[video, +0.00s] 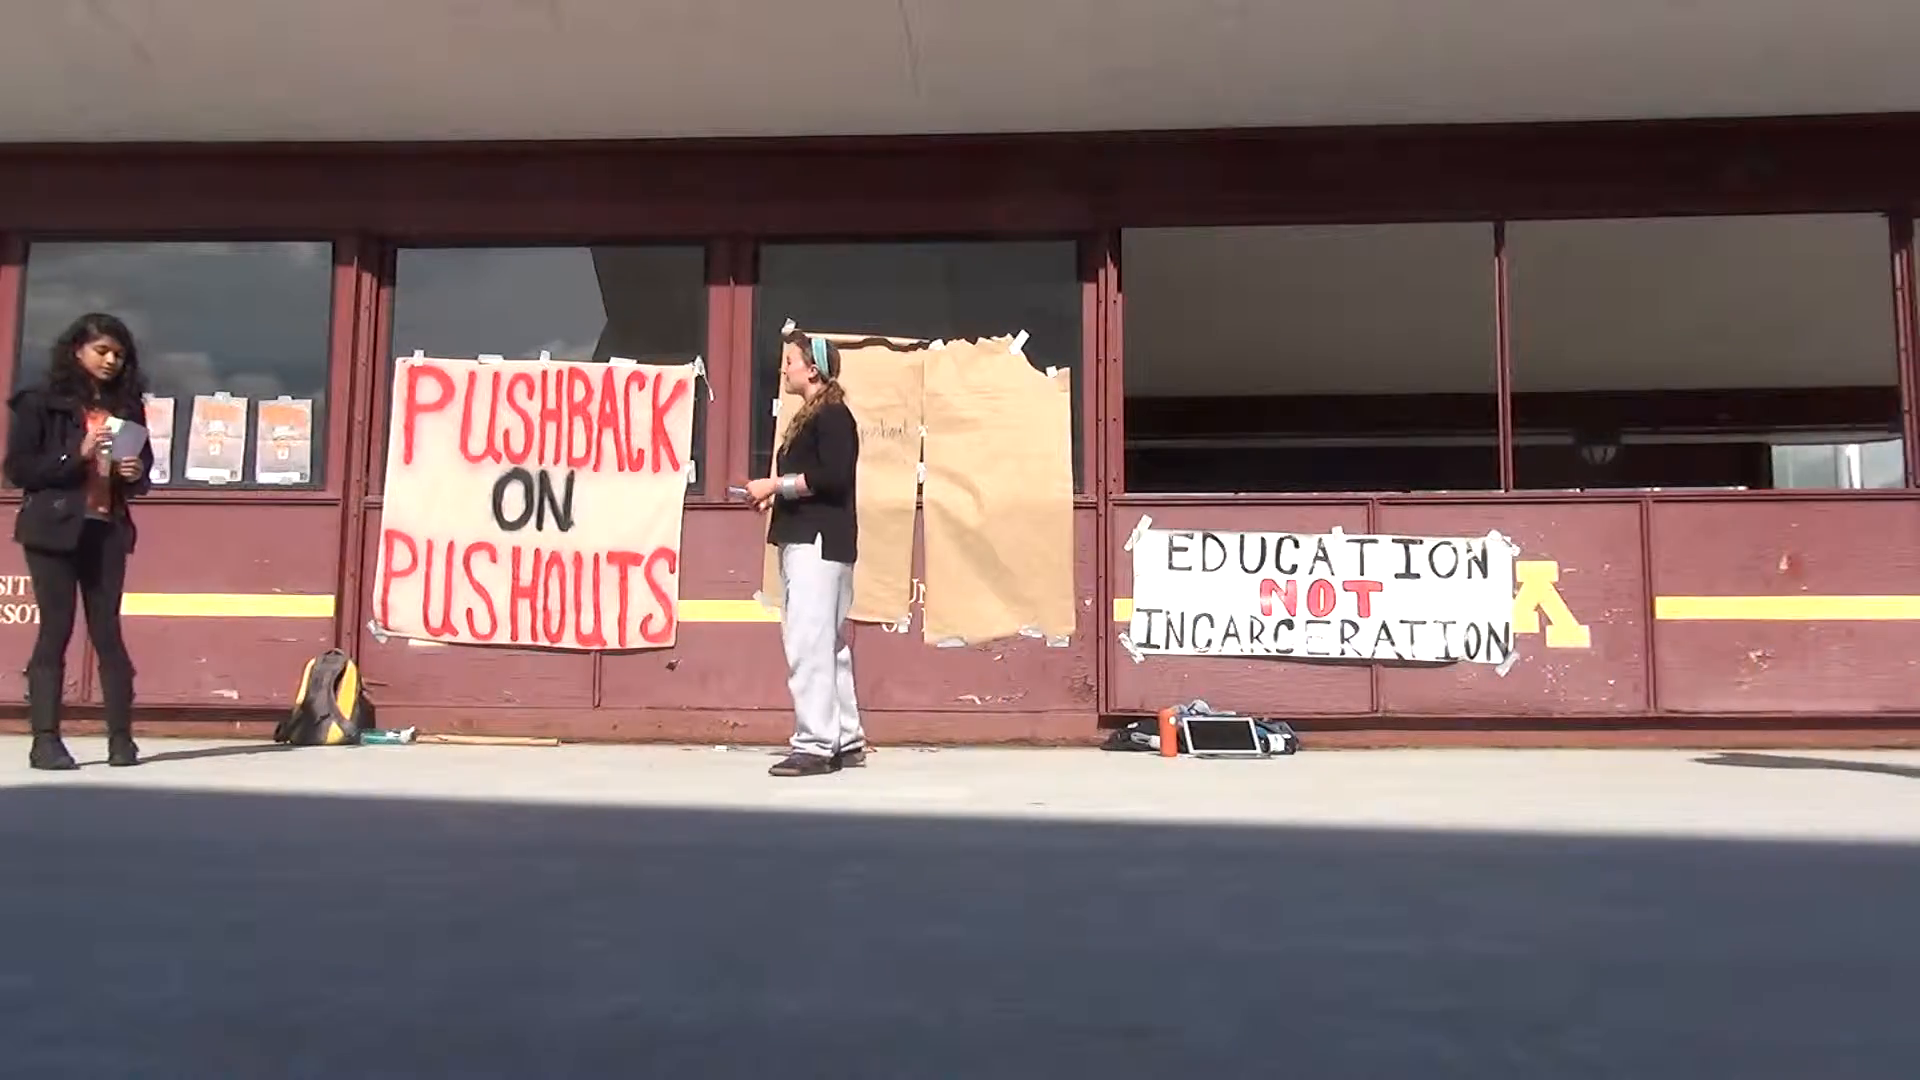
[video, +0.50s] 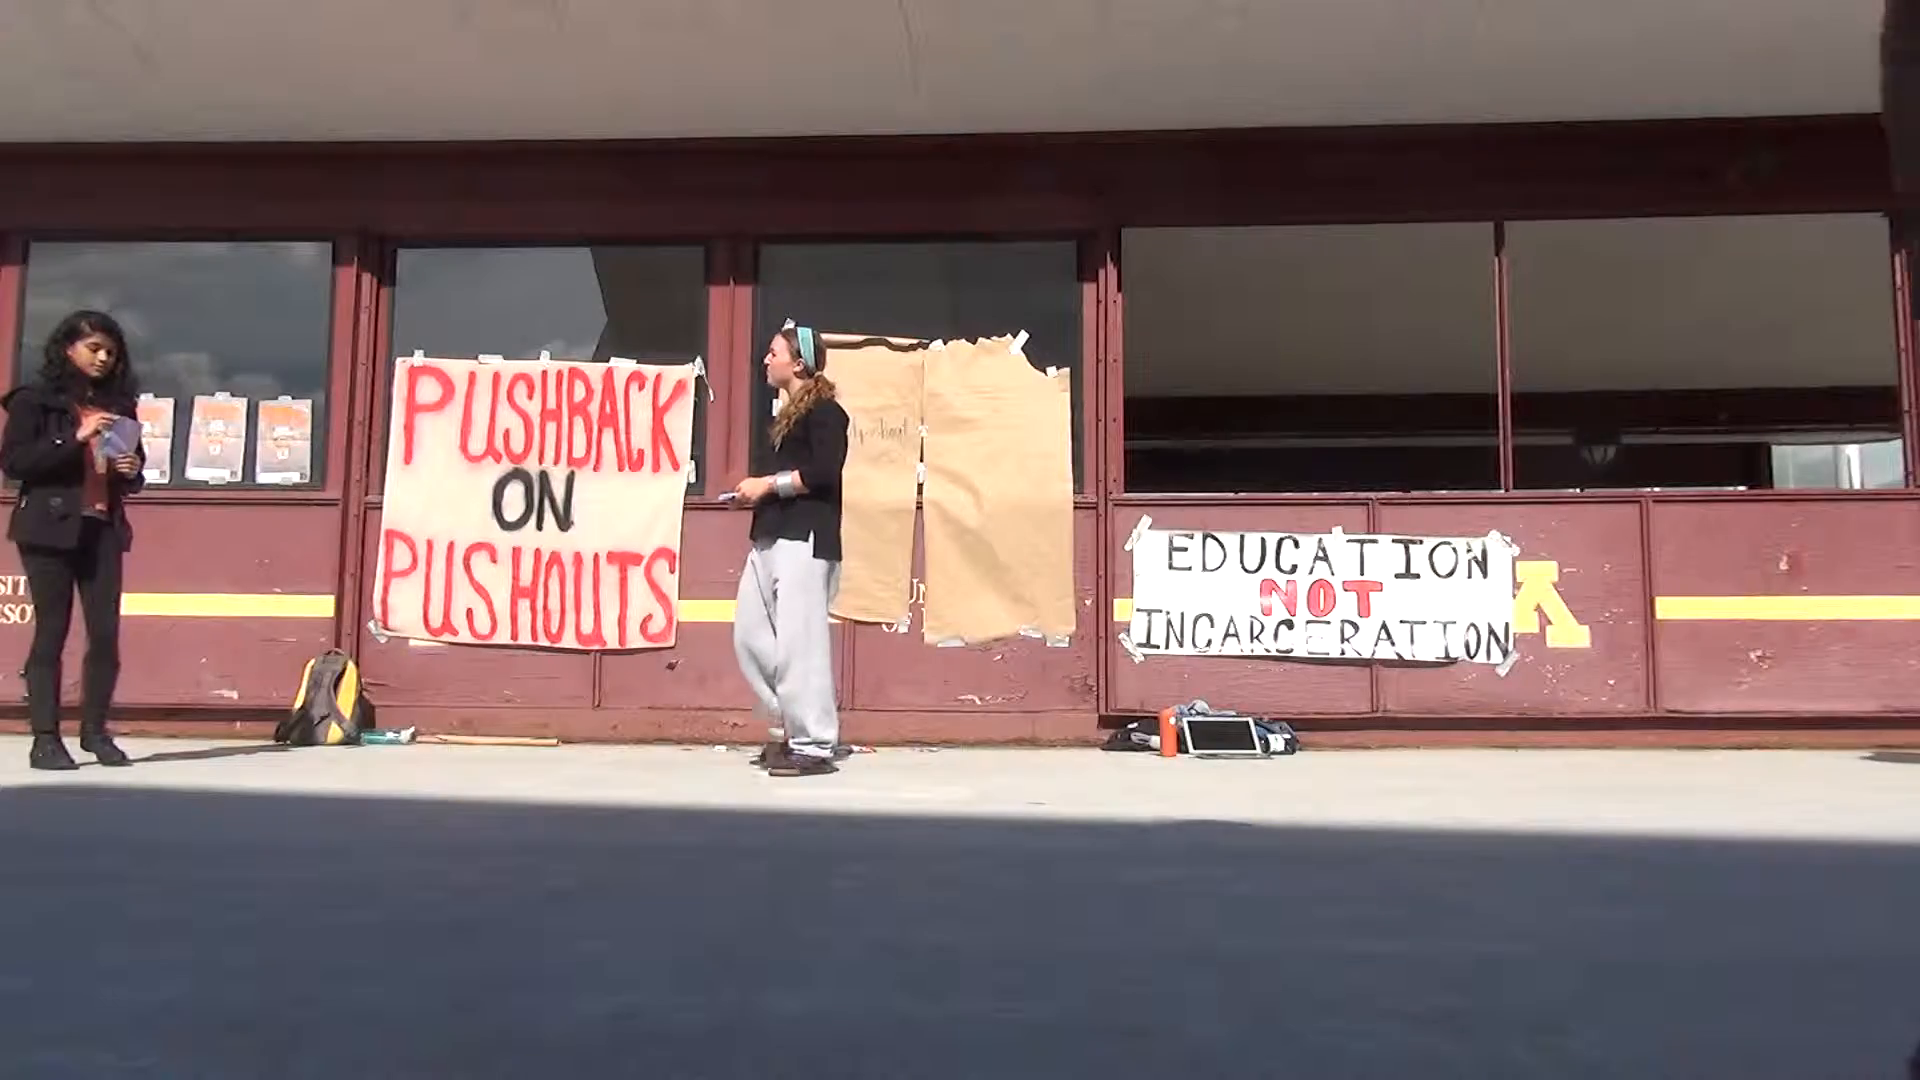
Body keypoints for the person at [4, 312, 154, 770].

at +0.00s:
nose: (109, 361)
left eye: (117, 354)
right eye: (101, 351)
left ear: (124, 360)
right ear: (76, 349)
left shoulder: (127, 406)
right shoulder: (39, 401)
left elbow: (143, 470)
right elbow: (19, 470)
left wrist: (136, 472)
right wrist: (77, 459)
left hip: (106, 528)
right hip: (52, 526)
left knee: (106, 629)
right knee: (57, 627)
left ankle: (121, 735)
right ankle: (45, 740)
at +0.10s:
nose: (107, 360)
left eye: (114, 354)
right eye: (98, 350)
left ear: (121, 359)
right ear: (72, 349)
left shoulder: (123, 405)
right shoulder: (37, 400)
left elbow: (139, 470)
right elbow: (15, 467)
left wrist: (133, 471)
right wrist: (74, 447)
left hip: (104, 528)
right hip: (50, 525)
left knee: (106, 630)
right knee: (55, 627)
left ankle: (118, 734)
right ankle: (45, 739)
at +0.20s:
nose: (105, 360)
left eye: (113, 353)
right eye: (96, 349)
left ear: (120, 359)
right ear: (70, 348)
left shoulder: (122, 404)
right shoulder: (36, 398)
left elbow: (134, 472)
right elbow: (14, 465)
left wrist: (131, 471)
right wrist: (74, 442)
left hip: (102, 526)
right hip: (48, 524)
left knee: (106, 630)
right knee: (52, 628)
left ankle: (116, 734)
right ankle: (45, 739)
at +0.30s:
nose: (103, 359)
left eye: (111, 352)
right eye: (94, 349)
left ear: (118, 358)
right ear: (68, 348)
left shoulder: (121, 403)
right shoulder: (34, 398)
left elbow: (132, 474)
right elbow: (16, 464)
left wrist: (130, 470)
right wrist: (74, 438)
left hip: (102, 526)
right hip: (48, 524)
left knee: (107, 631)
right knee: (52, 629)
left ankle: (108, 732)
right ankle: (46, 738)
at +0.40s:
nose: (103, 358)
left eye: (110, 352)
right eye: (94, 348)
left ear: (117, 358)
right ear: (67, 348)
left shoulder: (119, 403)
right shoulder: (33, 398)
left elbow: (132, 472)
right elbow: (16, 463)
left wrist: (131, 469)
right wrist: (74, 437)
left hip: (101, 526)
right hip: (48, 525)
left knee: (106, 633)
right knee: (52, 629)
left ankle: (101, 731)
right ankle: (46, 738)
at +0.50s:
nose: (102, 358)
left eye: (110, 352)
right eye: (94, 348)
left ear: (116, 358)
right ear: (66, 348)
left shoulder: (119, 404)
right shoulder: (33, 399)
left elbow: (132, 476)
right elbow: (16, 463)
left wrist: (130, 470)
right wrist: (75, 437)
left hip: (102, 527)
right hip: (48, 525)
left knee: (105, 634)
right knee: (52, 630)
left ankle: (95, 731)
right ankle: (46, 737)